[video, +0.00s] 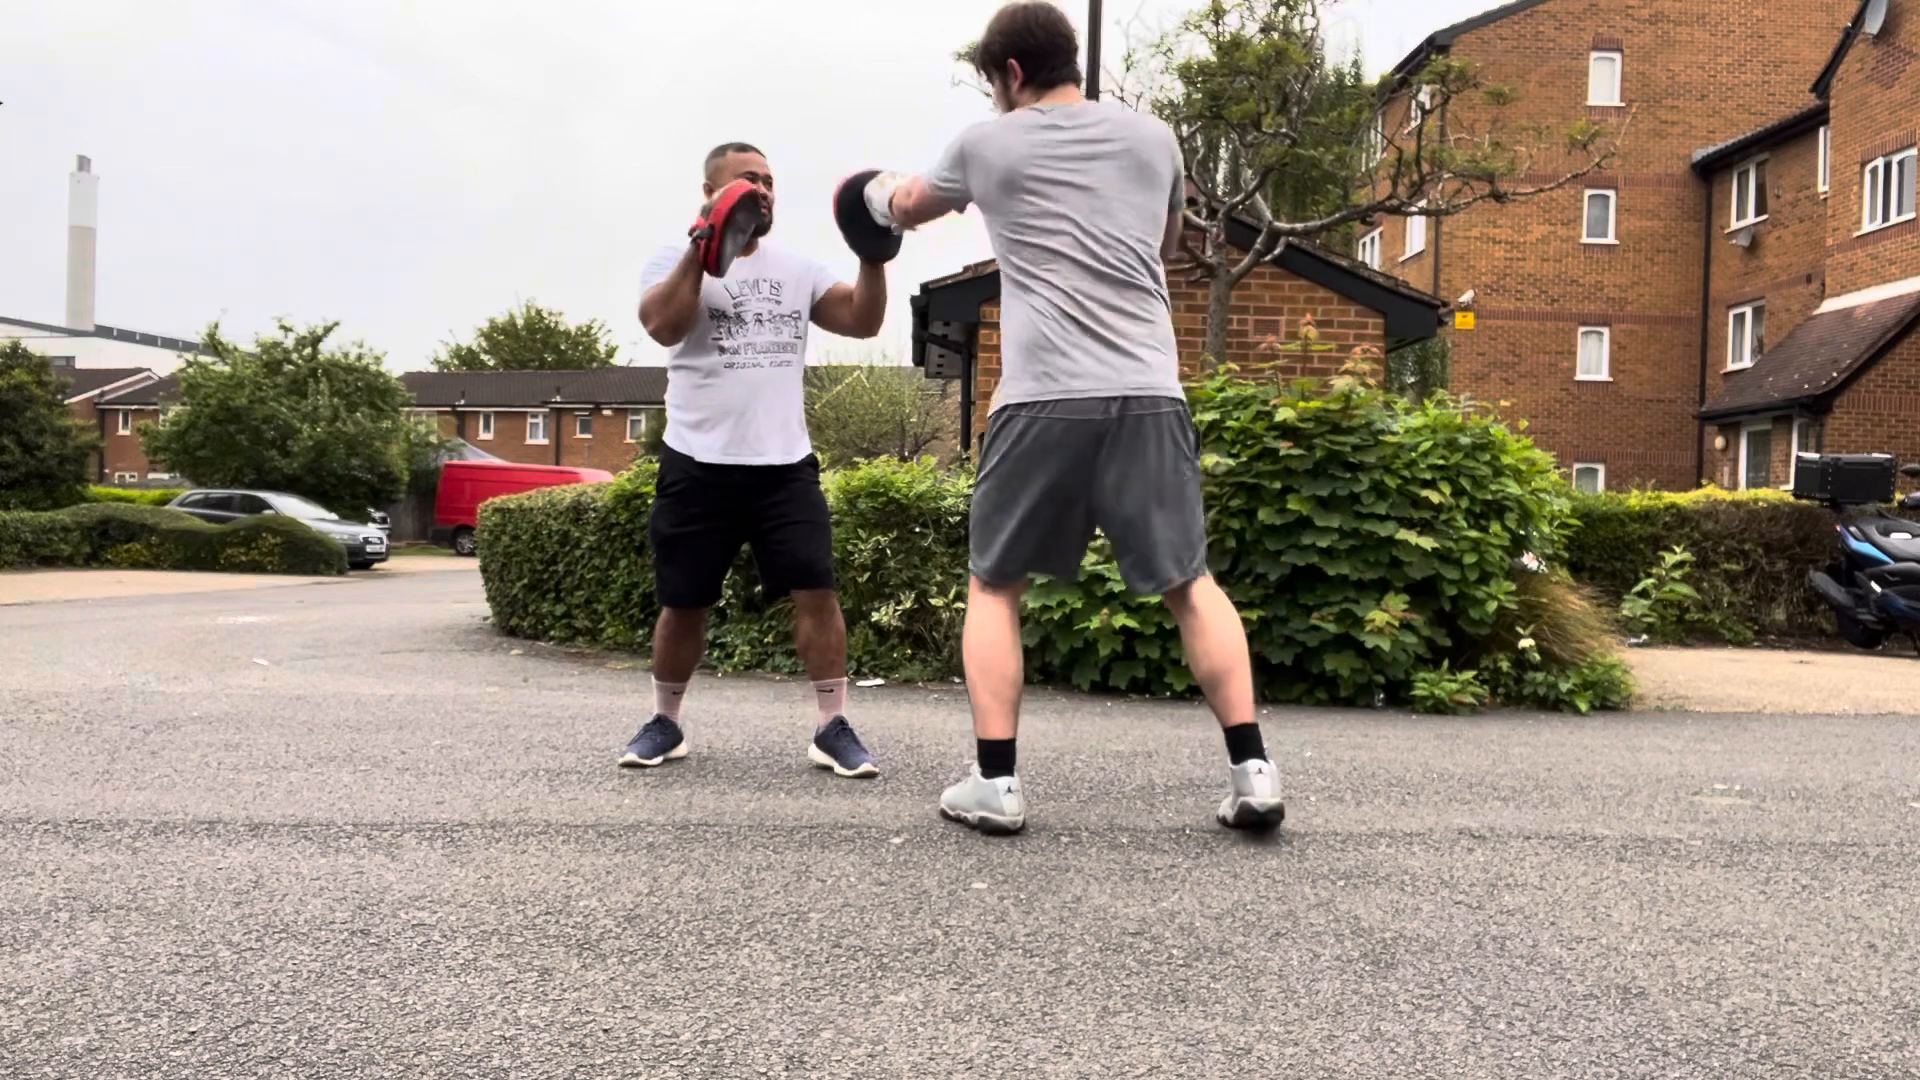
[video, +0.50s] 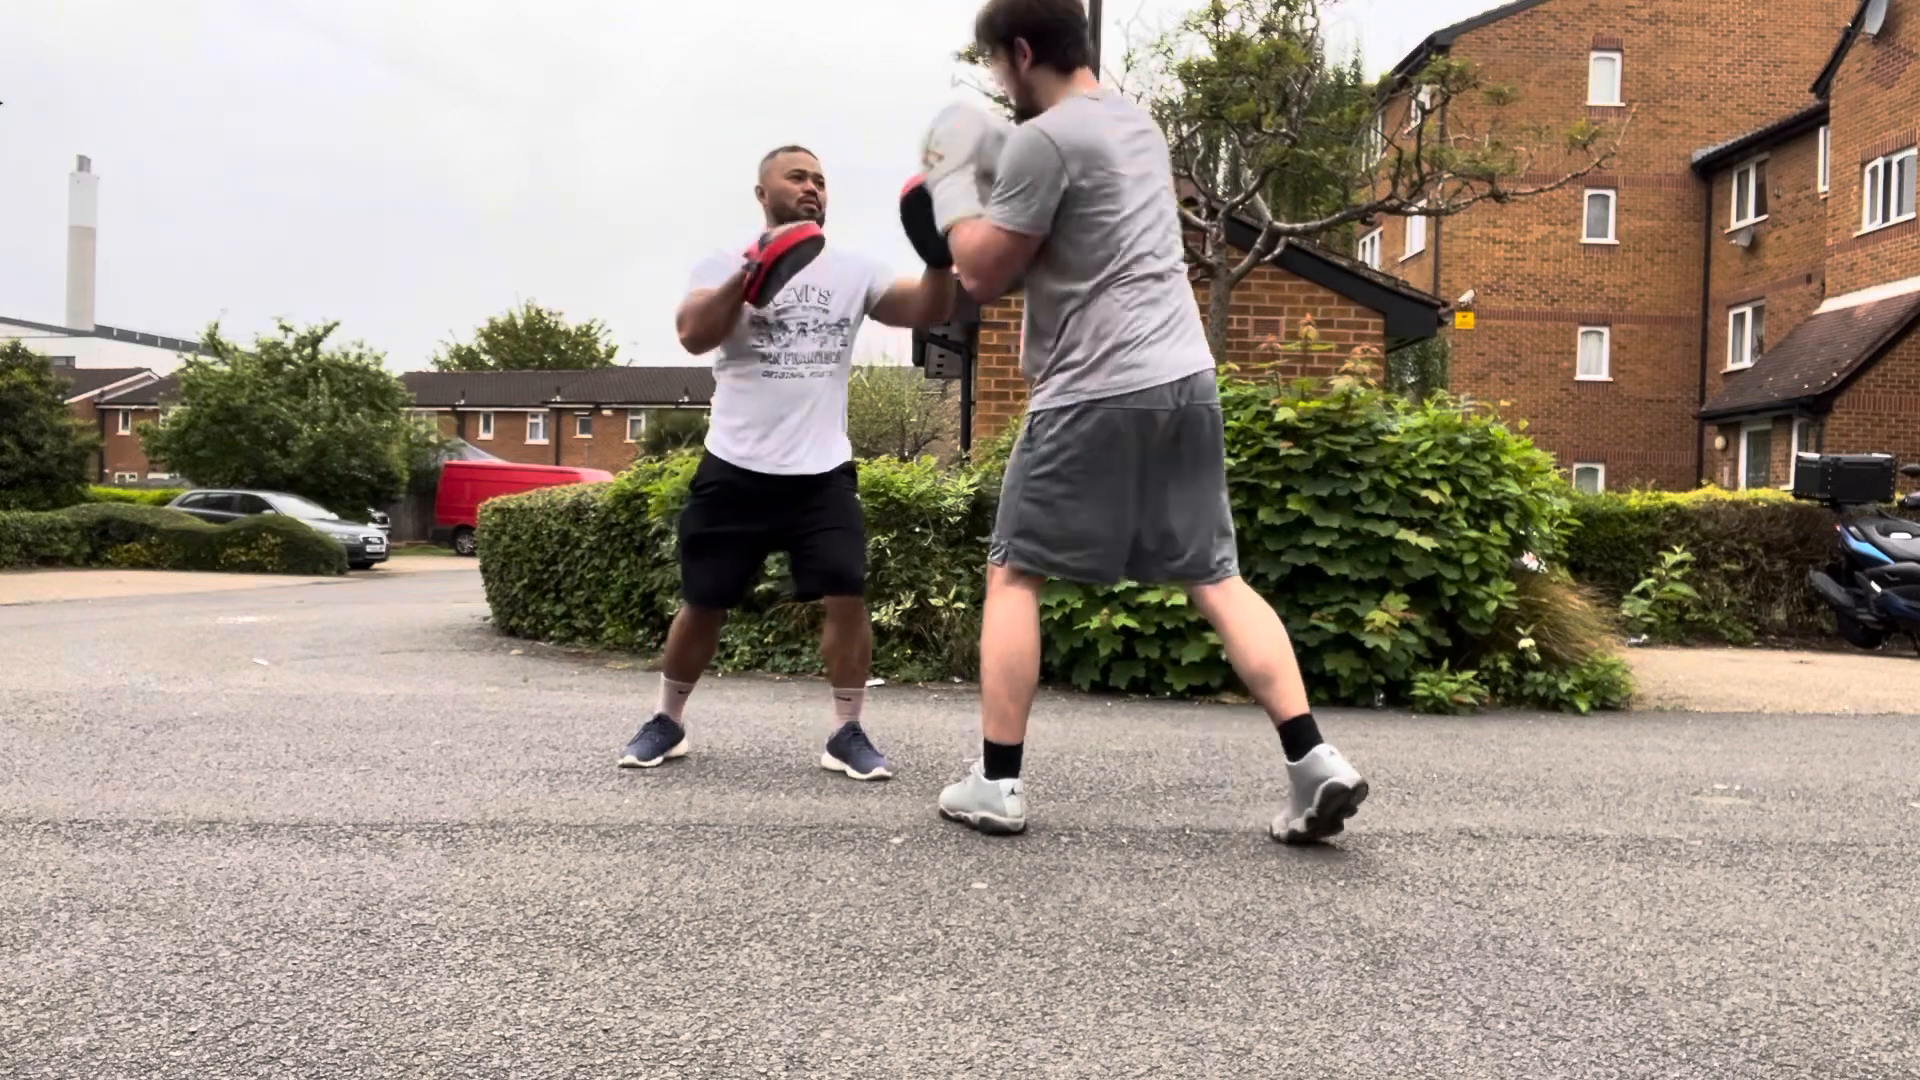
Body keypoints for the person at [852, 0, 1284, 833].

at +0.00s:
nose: (991, 93)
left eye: (990, 82)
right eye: (989, 82)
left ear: (1012, 73)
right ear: (1076, 64)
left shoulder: (989, 141)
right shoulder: (1153, 136)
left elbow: (910, 208)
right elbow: (1161, 241)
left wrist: (891, 188)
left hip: (1042, 400)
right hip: (1152, 397)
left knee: (994, 584)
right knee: (1191, 581)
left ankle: (997, 780)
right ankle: (1252, 767)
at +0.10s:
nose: (959, 91)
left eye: (957, 79)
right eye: (956, 79)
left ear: (978, 68)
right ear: (1039, 56)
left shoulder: (970, 135)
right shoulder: (1118, 122)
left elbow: (906, 263)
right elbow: (1086, 234)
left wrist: (876, 255)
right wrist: (969, 273)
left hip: (1056, 385)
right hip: (1157, 380)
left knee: (998, 580)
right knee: (1178, 572)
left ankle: (996, 782)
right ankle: (1253, 766)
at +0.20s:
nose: (938, 97)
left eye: (936, 82)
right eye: (934, 83)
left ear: (959, 71)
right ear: (1020, 63)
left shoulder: (976, 144)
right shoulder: (1090, 128)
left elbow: (925, 295)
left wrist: (892, 286)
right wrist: (936, 178)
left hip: (1071, 380)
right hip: (1166, 372)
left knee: (1006, 579)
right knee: (1180, 573)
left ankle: (995, 783)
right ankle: (1260, 764)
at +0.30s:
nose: (932, 111)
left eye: (930, 94)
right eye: (928, 97)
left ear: (957, 85)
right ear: (1003, 75)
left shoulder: (1007, 154)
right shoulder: (1052, 134)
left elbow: (978, 305)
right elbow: (923, 182)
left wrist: (920, 302)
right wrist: (830, 177)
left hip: (1092, 391)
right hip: (1176, 380)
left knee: (1013, 575)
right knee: (1194, 577)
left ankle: (996, 782)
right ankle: (1291, 765)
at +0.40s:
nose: (952, 97)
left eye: (952, 81)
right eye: (949, 82)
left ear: (979, 75)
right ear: (1027, 67)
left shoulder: (1030, 154)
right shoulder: (1076, 133)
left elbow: (989, 299)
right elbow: (973, 206)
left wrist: (908, 246)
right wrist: (873, 196)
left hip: (1096, 397)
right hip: (1183, 384)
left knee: (1012, 573)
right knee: (1210, 573)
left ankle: (997, 783)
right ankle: (1316, 760)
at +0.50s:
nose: (994, 82)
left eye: (994, 64)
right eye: (991, 66)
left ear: (1020, 52)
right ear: (1076, 48)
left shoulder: (1044, 137)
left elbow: (983, 268)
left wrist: (948, 194)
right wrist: (998, 165)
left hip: (1093, 392)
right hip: (1188, 380)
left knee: (1013, 573)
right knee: (1217, 575)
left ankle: (997, 782)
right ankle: (1315, 762)